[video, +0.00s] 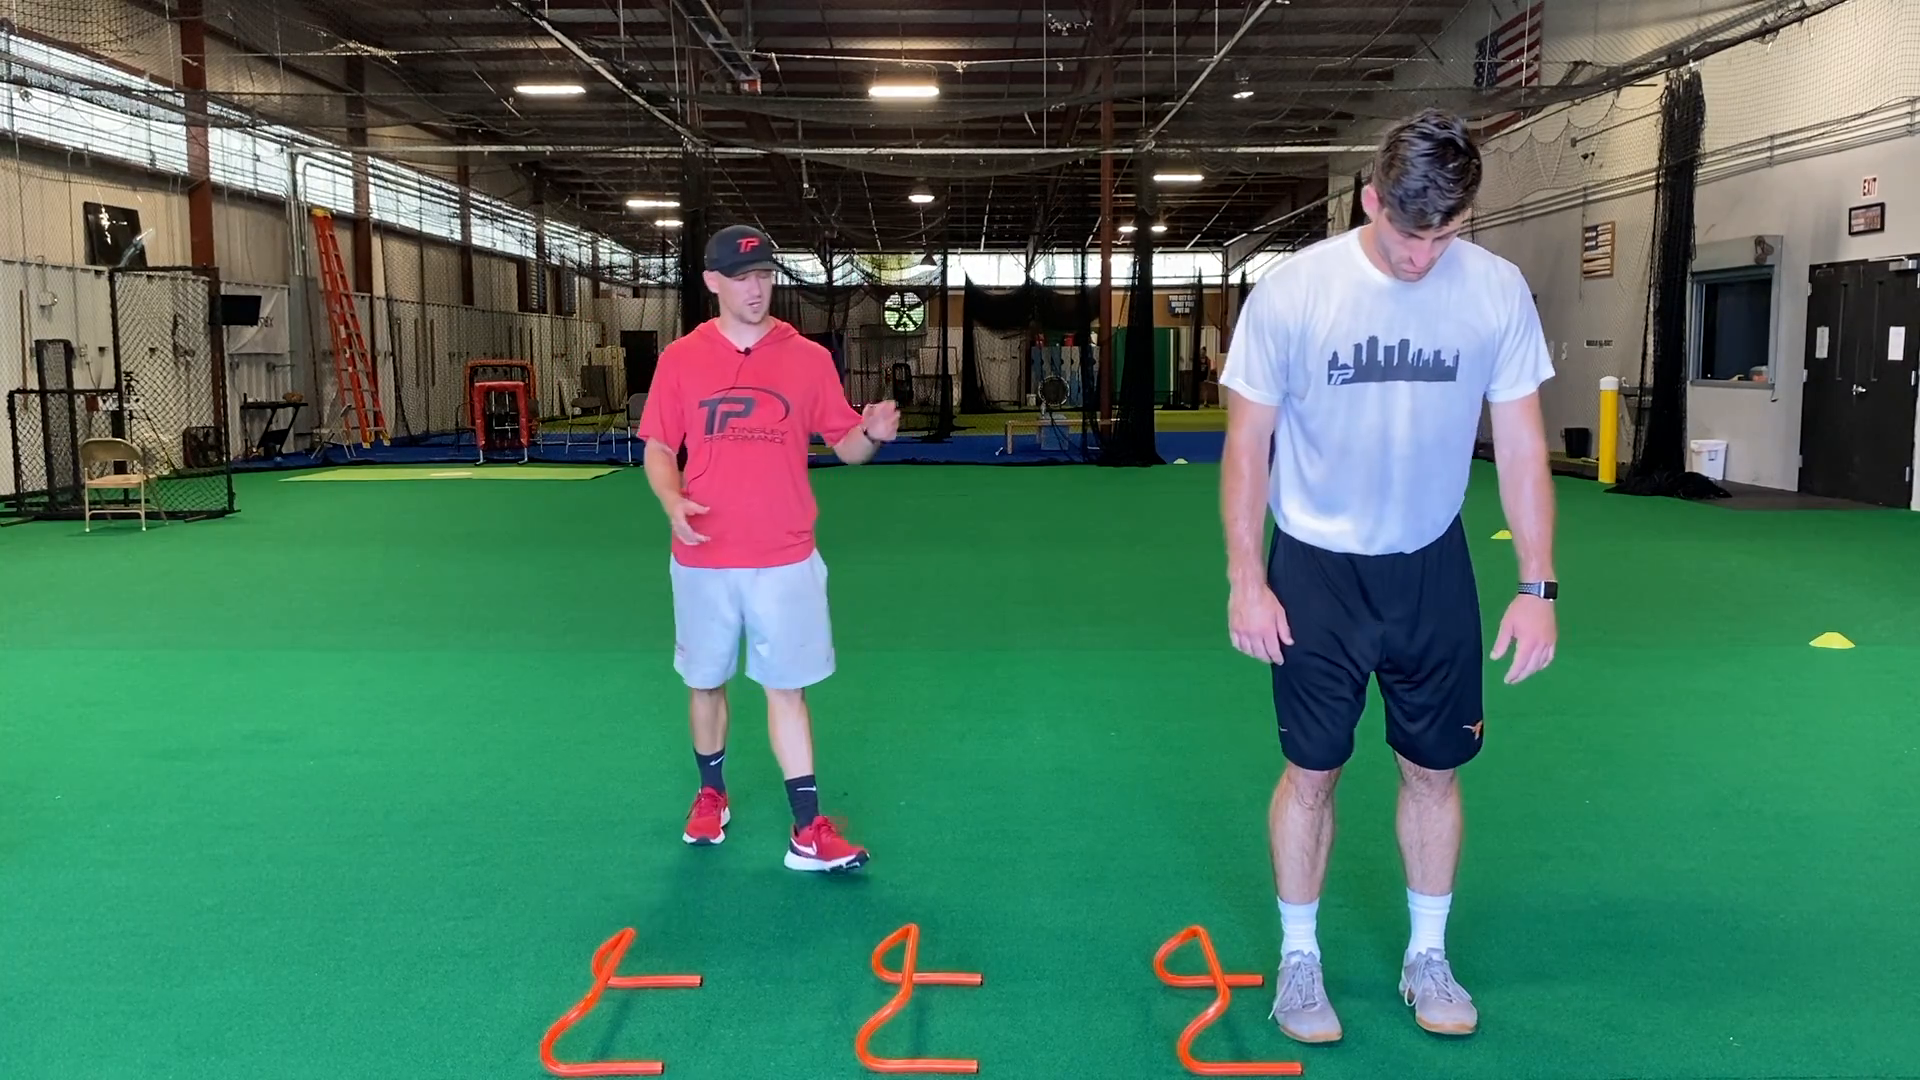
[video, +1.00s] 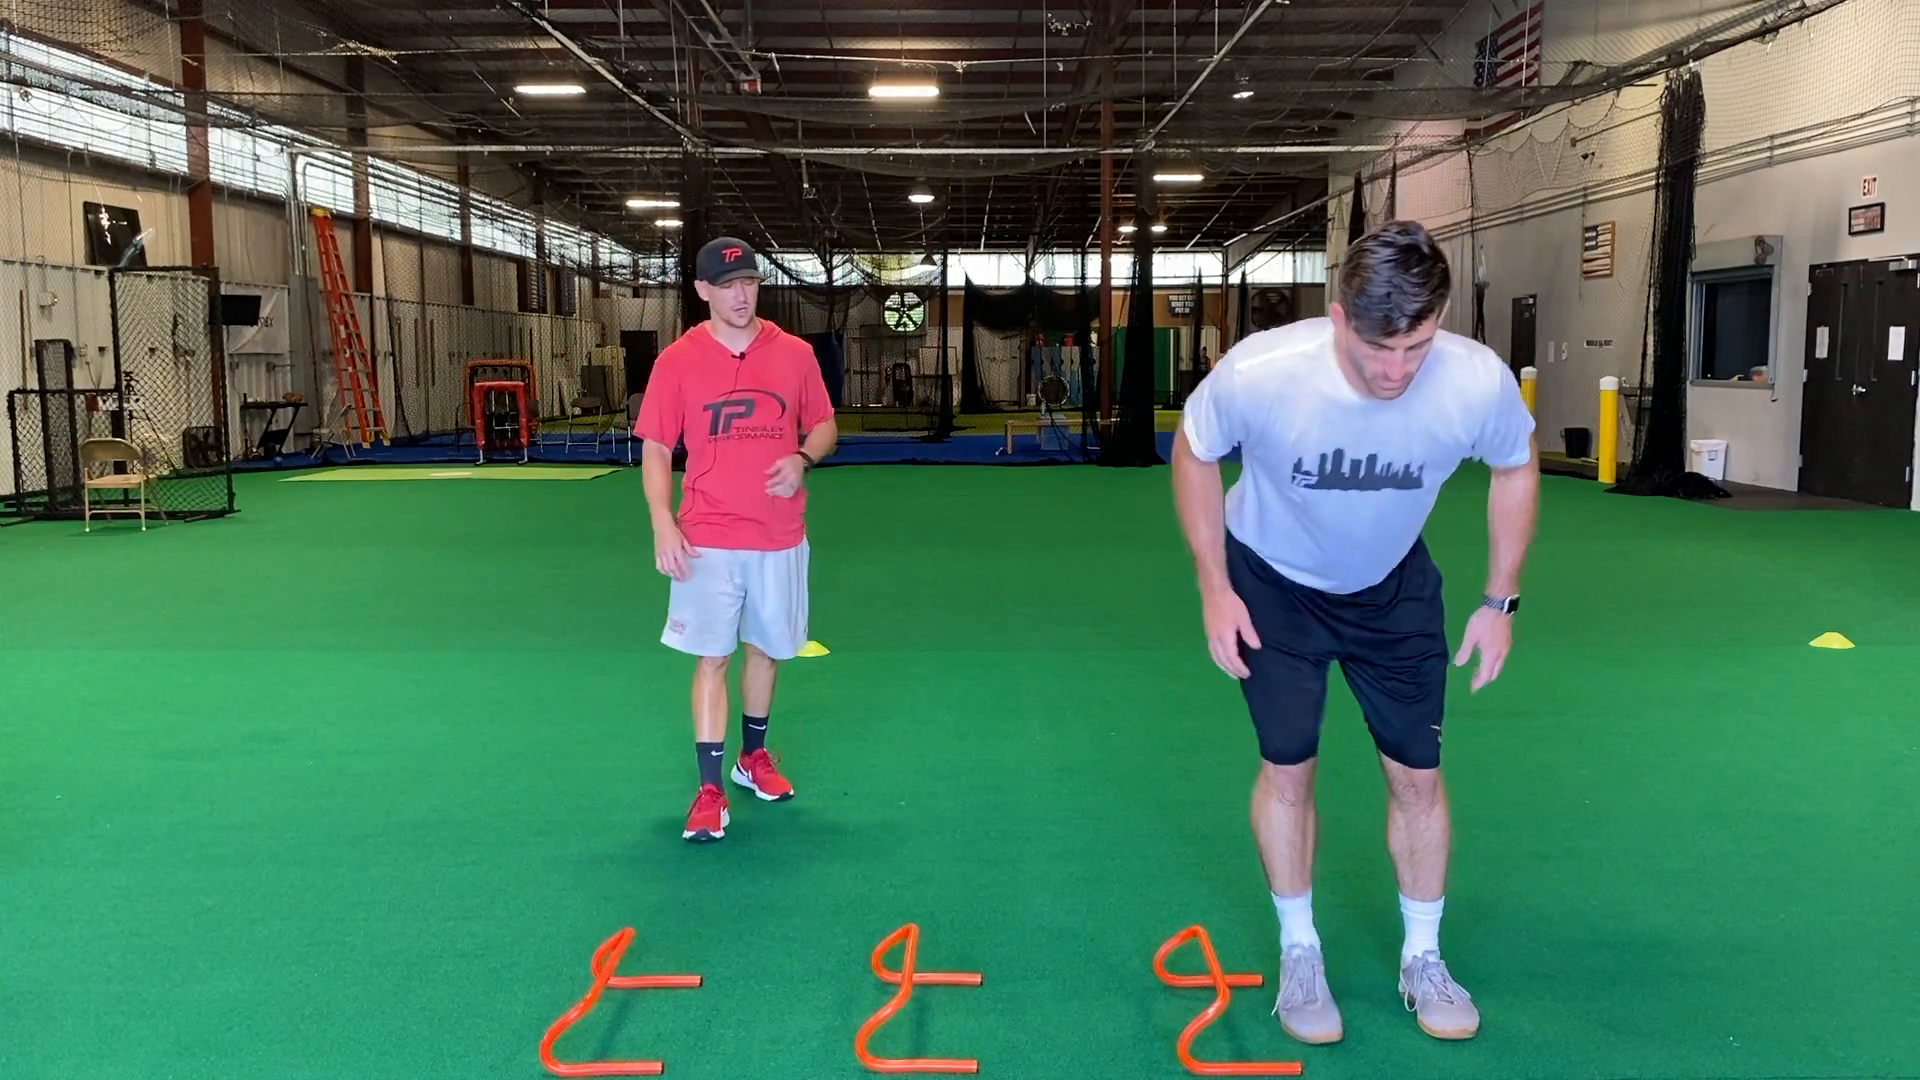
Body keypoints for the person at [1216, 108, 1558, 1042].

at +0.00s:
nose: (1424, 253)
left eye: (1442, 234)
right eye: (1408, 232)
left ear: (1463, 213)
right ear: (1369, 200)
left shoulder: (1496, 293)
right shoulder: (1290, 292)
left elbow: (1520, 446)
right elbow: (1247, 444)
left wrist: (1538, 583)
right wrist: (1247, 581)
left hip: (1431, 564)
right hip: (1315, 565)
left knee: (1432, 764)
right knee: (1312, 767)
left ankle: (1428, 959)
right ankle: (1298, 962)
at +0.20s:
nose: (1398, 274)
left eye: (1415, 255)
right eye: (1381, 253)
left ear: (1437, 229)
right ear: (1341, 221)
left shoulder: (1472, 296)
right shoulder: (1267, 310)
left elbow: (1498, 440)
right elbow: (1224, 458)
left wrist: (1512, 577)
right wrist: (1233, 599)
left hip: (1417, 562)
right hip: (1300, 567)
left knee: (1443, 763)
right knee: (1302, 771)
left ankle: (1430, 955)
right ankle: (1299, 961)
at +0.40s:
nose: (1391, 296)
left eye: (1406, 276)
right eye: (1373, 276)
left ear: (1425, 250)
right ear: (1331, 247)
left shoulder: (1465, 304)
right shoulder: (1257, 329)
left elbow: (1493, 441)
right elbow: (1213, 470)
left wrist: (1502, 577)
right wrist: (1227, 614)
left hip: (1414, 569)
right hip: (1295, 575)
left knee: (1445, 758)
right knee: (1297, 771)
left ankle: (1434, 953)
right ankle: (1298, 960)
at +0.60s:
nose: (1394, 322)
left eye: (1412, 301)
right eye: (1376, 301)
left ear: (1435, 272)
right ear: (1337, 269)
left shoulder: (1480, 326)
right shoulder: (1266, 347)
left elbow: (1508, 450)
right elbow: (1217, 475)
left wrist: (1507, 584)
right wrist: (1228, 617)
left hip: (1417, 576)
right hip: (1297, 581)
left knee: (1438, 763)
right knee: (1298, 770)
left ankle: (1430, 956)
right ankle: (1299, 961)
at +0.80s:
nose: (1407, 346)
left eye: (1425, 325)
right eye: (1388, 326)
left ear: (1447, 298)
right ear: (1349, 295)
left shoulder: (1489, 349)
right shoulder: (1275, 365)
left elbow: (1516, 453)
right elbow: (1214, 474)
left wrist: (1514, 588)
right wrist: (1229, 620)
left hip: (1415, 579)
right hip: (1297, 584)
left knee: (1432, 763)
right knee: (1302, 767)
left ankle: (1427, 956)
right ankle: (1300, 959)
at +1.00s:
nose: (1396, 367)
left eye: (1414, 347)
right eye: (1377, 347)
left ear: (1436, 322)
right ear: (1338, 318)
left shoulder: (1476, 381)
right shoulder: (1257, 374)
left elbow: (1517, 467)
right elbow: (1192, 449)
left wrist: (1499, 598)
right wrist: (1214, 586)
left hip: (1394, 581)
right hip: (1275, 580)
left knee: (1418, 769)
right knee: (1288, 763)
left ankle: (1424, 958)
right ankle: (1300, 952)